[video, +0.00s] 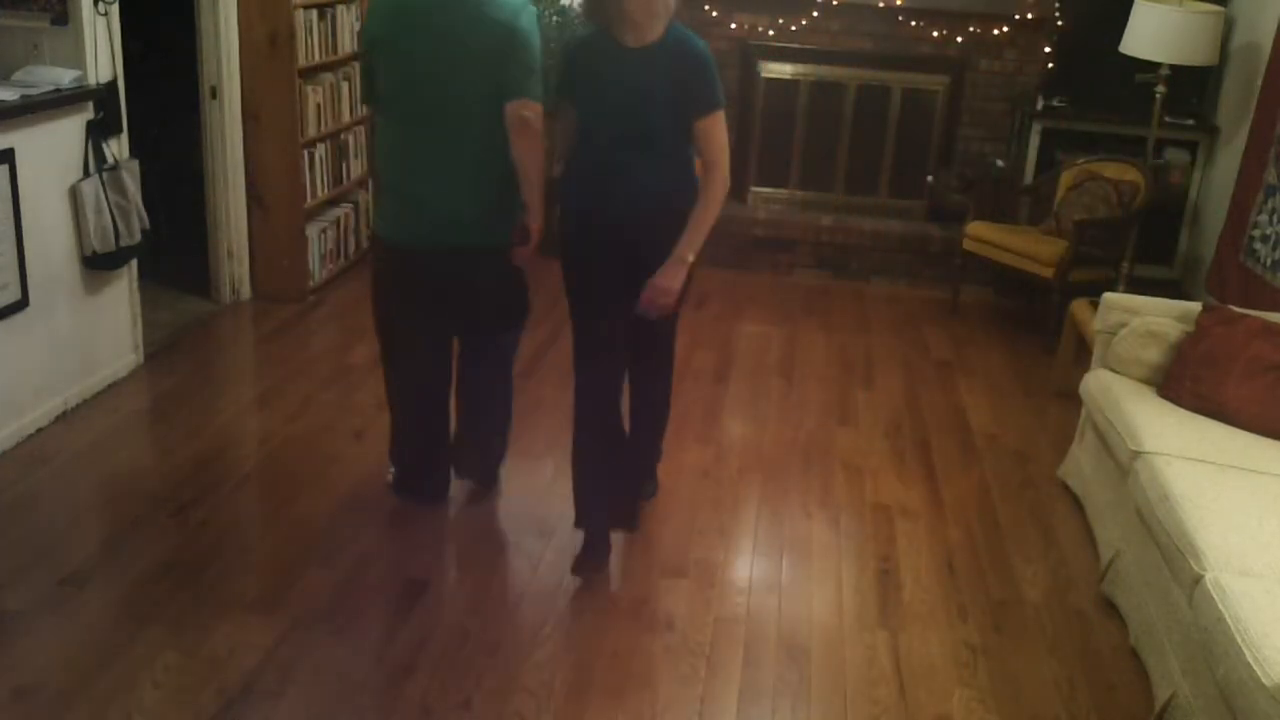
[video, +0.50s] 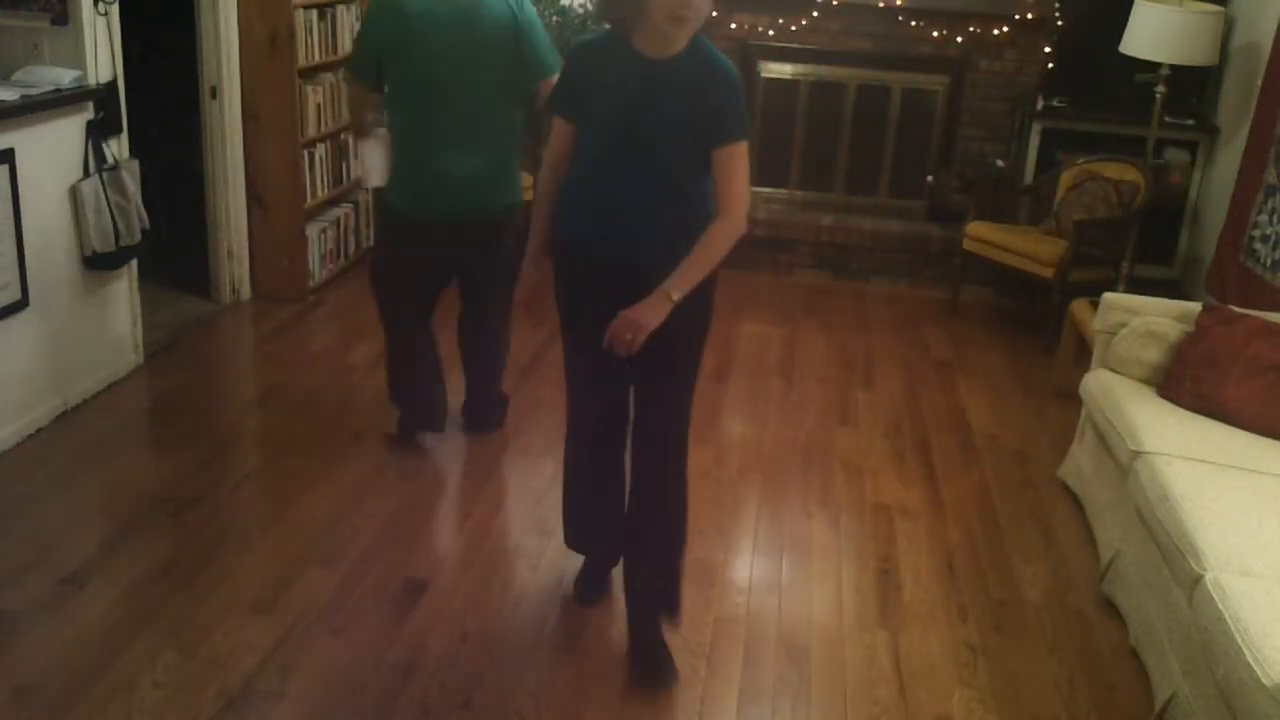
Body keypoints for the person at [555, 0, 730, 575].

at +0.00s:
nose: (644, 5)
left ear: (666, 2)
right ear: (614, 2)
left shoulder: (689, 57)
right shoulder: (579, 54)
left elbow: (719, 174)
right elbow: (560, 151)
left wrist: (679, 263)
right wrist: (547, 223)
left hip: (660, 241)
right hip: (590, 239)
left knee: (650, 374)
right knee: (594, 382)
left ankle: (637, 486)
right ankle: (593, 526)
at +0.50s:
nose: (693, 4)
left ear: (708, 7)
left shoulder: (716, 81)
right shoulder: (590, 60)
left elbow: (734, 217)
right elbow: (553, 165)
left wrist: (661, 300)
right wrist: (536, 252)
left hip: (676, 283)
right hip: (587, 271)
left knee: (661, 438)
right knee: (594, 422)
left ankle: (650, 611)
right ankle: (598, 547)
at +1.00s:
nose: (791, 18)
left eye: (799, 5)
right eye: (774, 0)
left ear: (803, 16)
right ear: (723, 5)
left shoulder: (797, 111)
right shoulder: (649, 90)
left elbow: (824, 273)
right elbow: (599, 221)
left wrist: (744, 369)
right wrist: (572, 338)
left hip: (744, 353)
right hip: (639, 339)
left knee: (700, 549)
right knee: (631, 533)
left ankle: (660, 703)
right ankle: (600, 681)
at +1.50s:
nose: (973, 49)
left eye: (976, 32)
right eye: (965, 27)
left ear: (921, 38)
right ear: (913, 29)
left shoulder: (907, 146)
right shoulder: (794, 141)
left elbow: (949, 312)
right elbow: (694, 307)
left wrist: (1034, 437)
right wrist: (665, 467)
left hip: (859, 430)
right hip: (771, 428)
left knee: (869, 637)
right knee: (795, 665)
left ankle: (718, 709)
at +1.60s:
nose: (1017, 56)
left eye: (1022, 37)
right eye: (1012, 33)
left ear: (954, 38)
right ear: (960, 35)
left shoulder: (911, 143)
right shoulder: (852, 145)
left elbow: (949, 313)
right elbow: (755, 319)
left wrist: (1033, 435)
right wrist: (755, 505)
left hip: (879, 442)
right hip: (823, 445)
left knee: (917, 629)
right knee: (829, 658)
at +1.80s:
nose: (1082, 74)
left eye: (1085, 54)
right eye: (1079, 53)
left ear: (984, 44)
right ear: (1044, 60)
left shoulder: (955, 140)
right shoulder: (958, 160)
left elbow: (953, 333)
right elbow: (893, 363)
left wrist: (1005, 444)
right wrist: (924, 545)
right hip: (895, 449)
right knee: (944, 665)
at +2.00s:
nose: (1155, 77)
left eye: (1155, 59)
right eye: (1150, 58)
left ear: (1039, 43)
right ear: (1120, 64)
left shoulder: (989, 133)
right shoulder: (1064, 170)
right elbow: (1028, 376)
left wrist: (1092, 192)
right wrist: (1069, 544)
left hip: (941, 410)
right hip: (993, 436)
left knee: (985, 671)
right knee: (1004, 686)